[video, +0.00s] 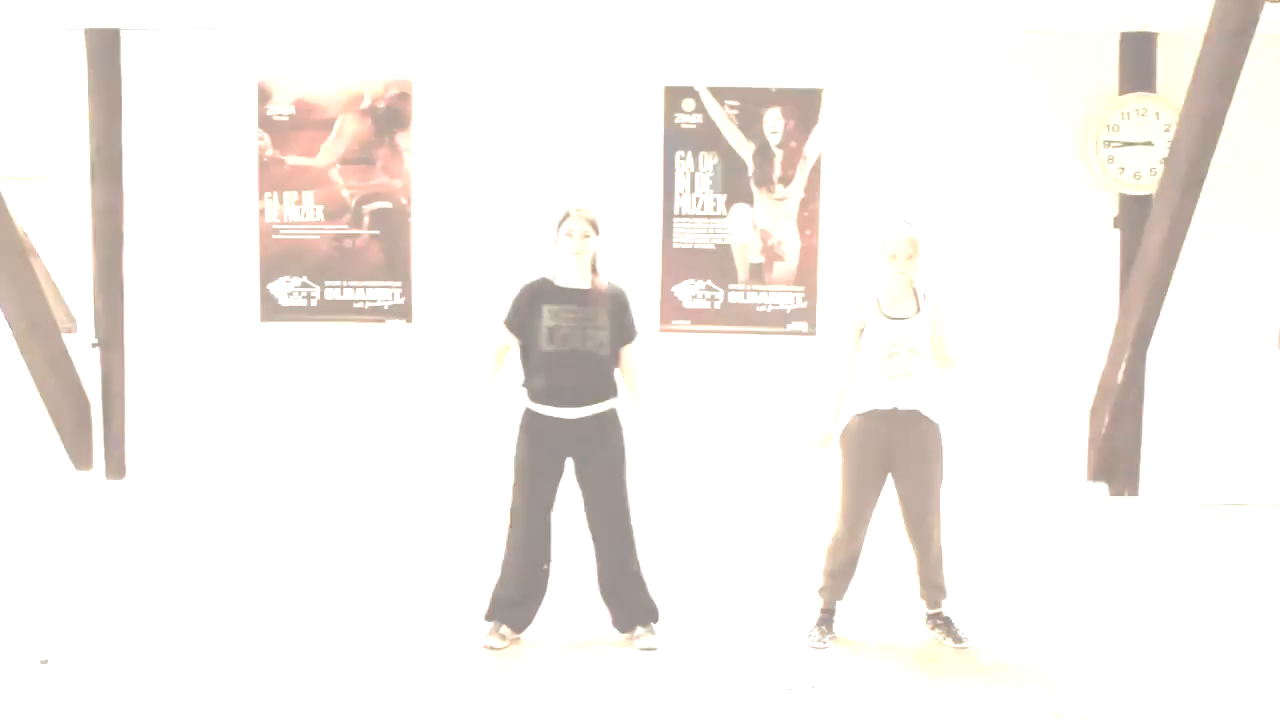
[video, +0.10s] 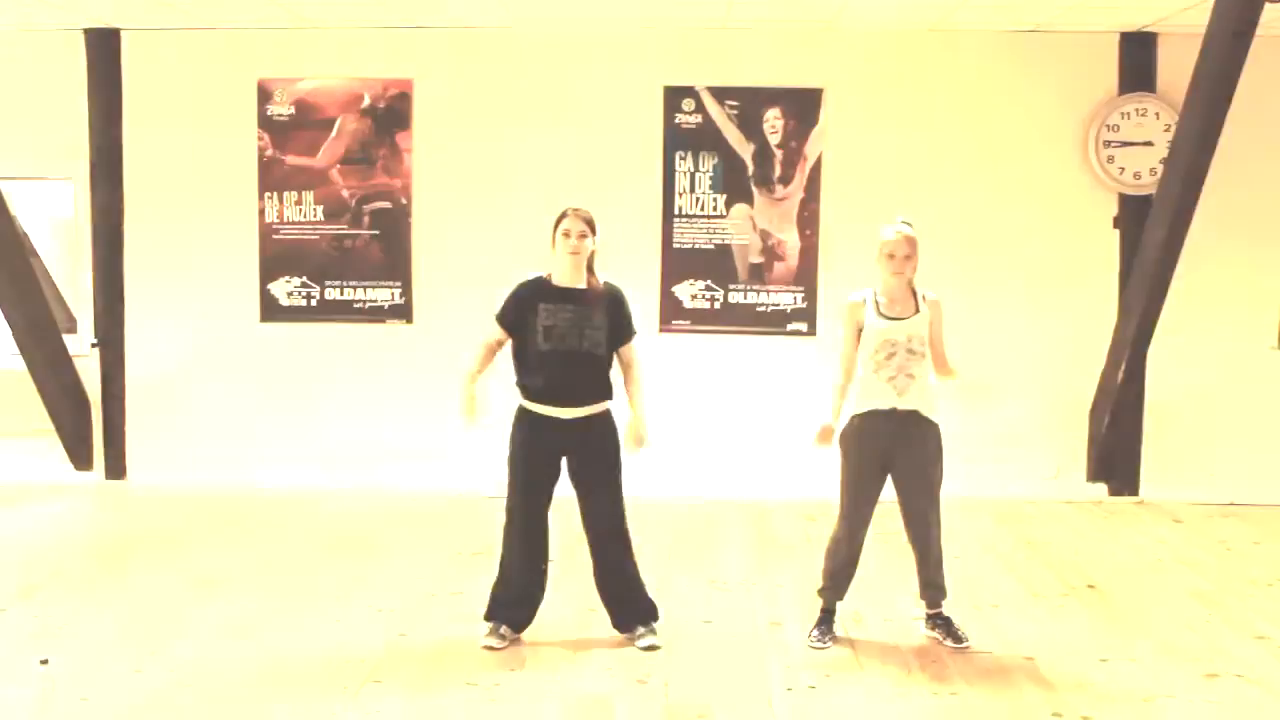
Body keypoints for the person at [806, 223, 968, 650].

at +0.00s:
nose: (899, 264)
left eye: (907, 257)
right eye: (892, 256)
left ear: (918, 260)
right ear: (880, 259)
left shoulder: (931, 306)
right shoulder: (862, 304)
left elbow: (946, 363)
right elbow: (841, 367)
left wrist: (934, 313)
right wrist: (831, 423)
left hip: (919, 423)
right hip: (866, 422)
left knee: (926, 525)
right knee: (851, 525)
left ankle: (936, 615)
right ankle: (826, 614)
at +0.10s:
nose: (899, 263)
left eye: (907, 257)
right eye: (891, 256)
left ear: (917, 260)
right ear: (878, 257)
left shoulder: (930, 307)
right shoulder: (858, 306)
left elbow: (940, 364)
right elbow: (846, 367)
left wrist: (955, 374)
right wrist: (832, 418)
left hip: (918, 426)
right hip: (866, 425)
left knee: (925, 524)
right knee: (851, 523)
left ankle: (936, 614)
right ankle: (827, 613)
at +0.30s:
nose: (896, 262)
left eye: (903, 255)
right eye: (888, 255)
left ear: (915, 259)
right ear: (876, 258)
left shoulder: (931, 307)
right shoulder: (858, 305)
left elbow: (954, 355)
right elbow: (812, 337)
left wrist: (951, 405)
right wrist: (842, 357)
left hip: (915, 429)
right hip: (864, 428)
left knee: (924, 528)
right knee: (848, 524)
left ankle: (934, 613)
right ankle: (826, 612)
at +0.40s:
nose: (897, 262)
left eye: (904, 256)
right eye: (889, 255)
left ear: (917, 260)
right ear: (878, 259)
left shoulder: (933, 303)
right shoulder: (865, 296)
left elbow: (972, 341)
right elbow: (808, 287)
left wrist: (949, 387)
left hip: (916, 428)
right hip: (866, 426)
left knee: (923, 526)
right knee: (847, 523)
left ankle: (933, 614)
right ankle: (825, 613)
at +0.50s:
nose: (898, 263)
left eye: (906, 257)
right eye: (891, 256)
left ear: (920, 261)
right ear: (881, 259)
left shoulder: (935, 307)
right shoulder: (876, 292)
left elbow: (975, 346)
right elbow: (836, 249)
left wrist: (949, 387)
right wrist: (809, 219)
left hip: (919, 430)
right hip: (870, 429)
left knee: (927, 528)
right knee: (846, 522)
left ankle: (934, 614)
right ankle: (827, 612)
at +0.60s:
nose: (901, 265)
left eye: (911, 259)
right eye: (895, 257)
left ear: (924, 266)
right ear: (884, 261)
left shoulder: (935, 310)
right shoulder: (877, 295)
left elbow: (980, 354)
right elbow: (844, 236)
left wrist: (954, 394)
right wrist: (826, 176)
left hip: (923, 434)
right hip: (875, 433)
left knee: (931, 527)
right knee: (839, 521)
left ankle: (935, 613)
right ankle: (829, 611)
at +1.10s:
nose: (911, 264)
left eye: (920, 260)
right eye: (905, 257)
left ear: (934, 267)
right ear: (896, 262)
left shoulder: (940, 315)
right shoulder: (889, 301)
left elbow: (989, 364)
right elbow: (874, 228)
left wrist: (953, 403)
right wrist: (864, 171)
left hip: (927, 436)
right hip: (879, 436)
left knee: (935, 531)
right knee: (838, 518)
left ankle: (935, 616)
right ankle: (833, 611)